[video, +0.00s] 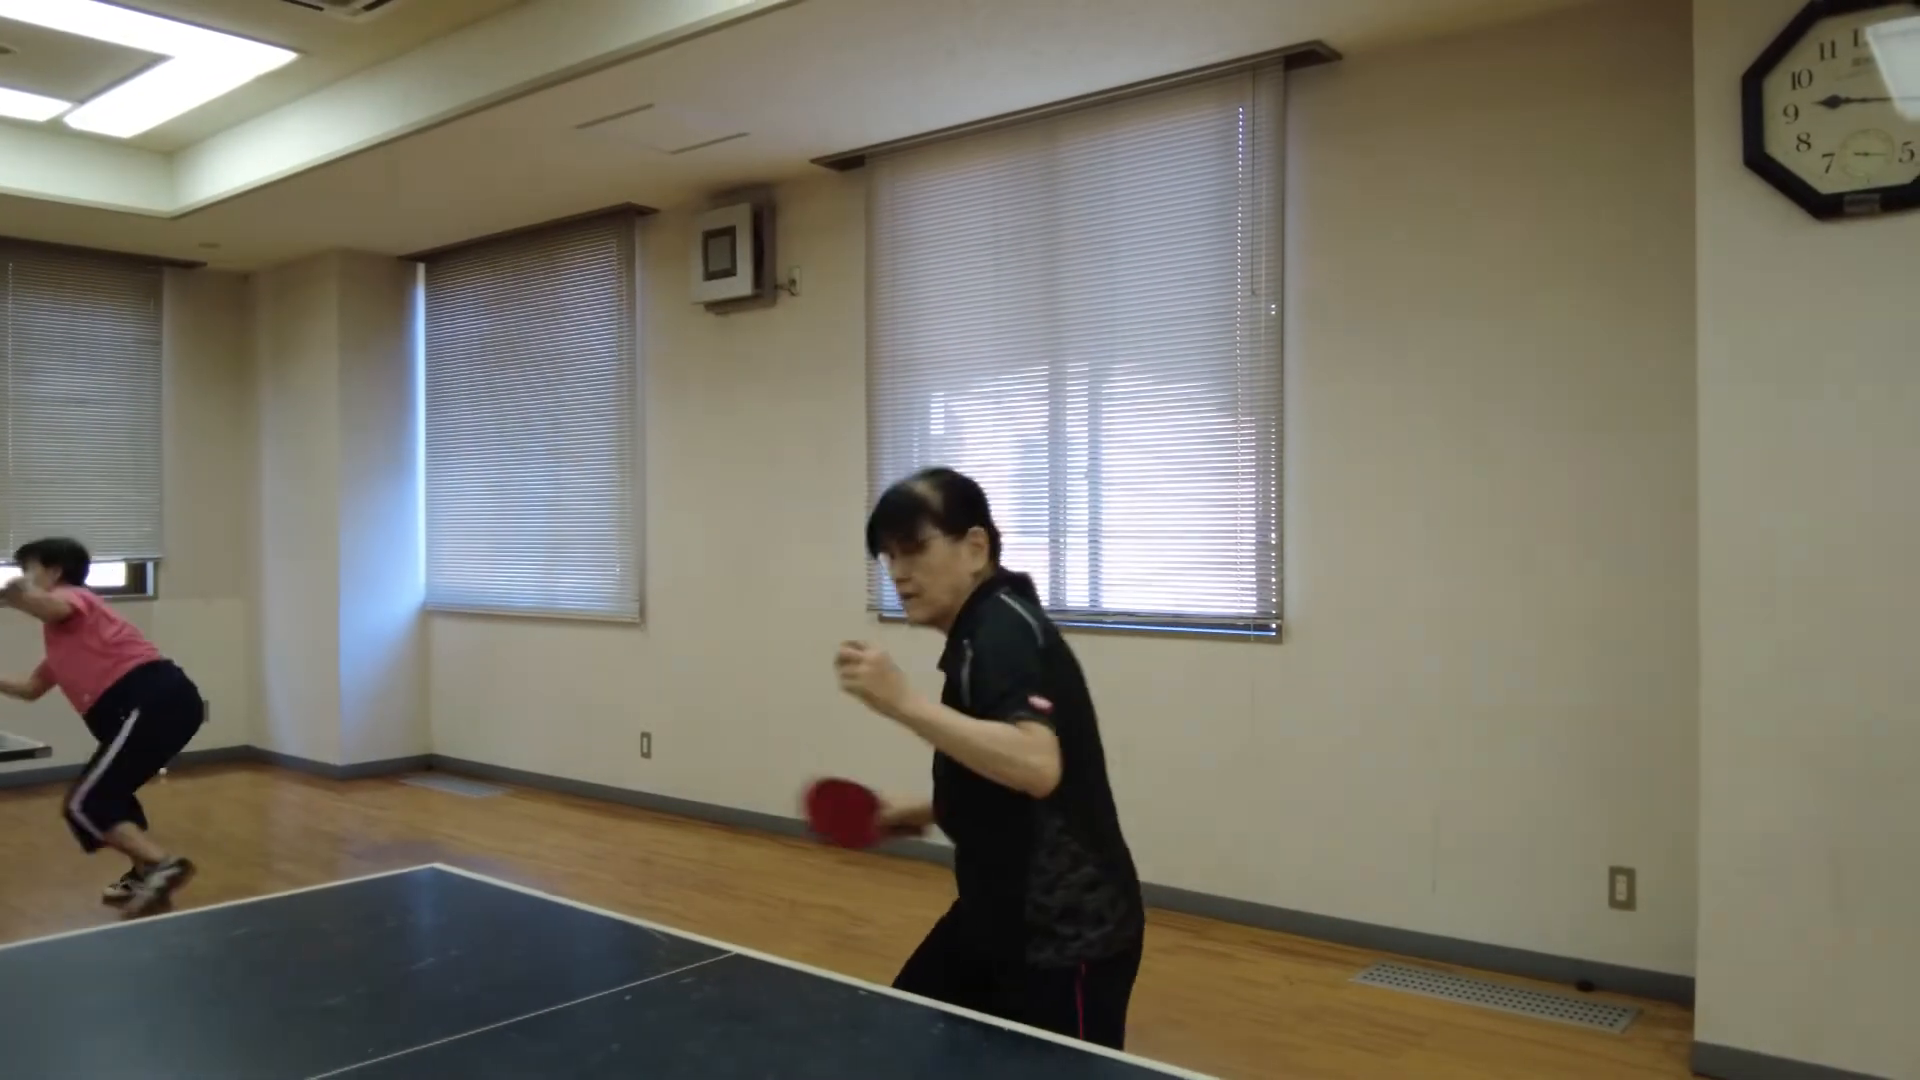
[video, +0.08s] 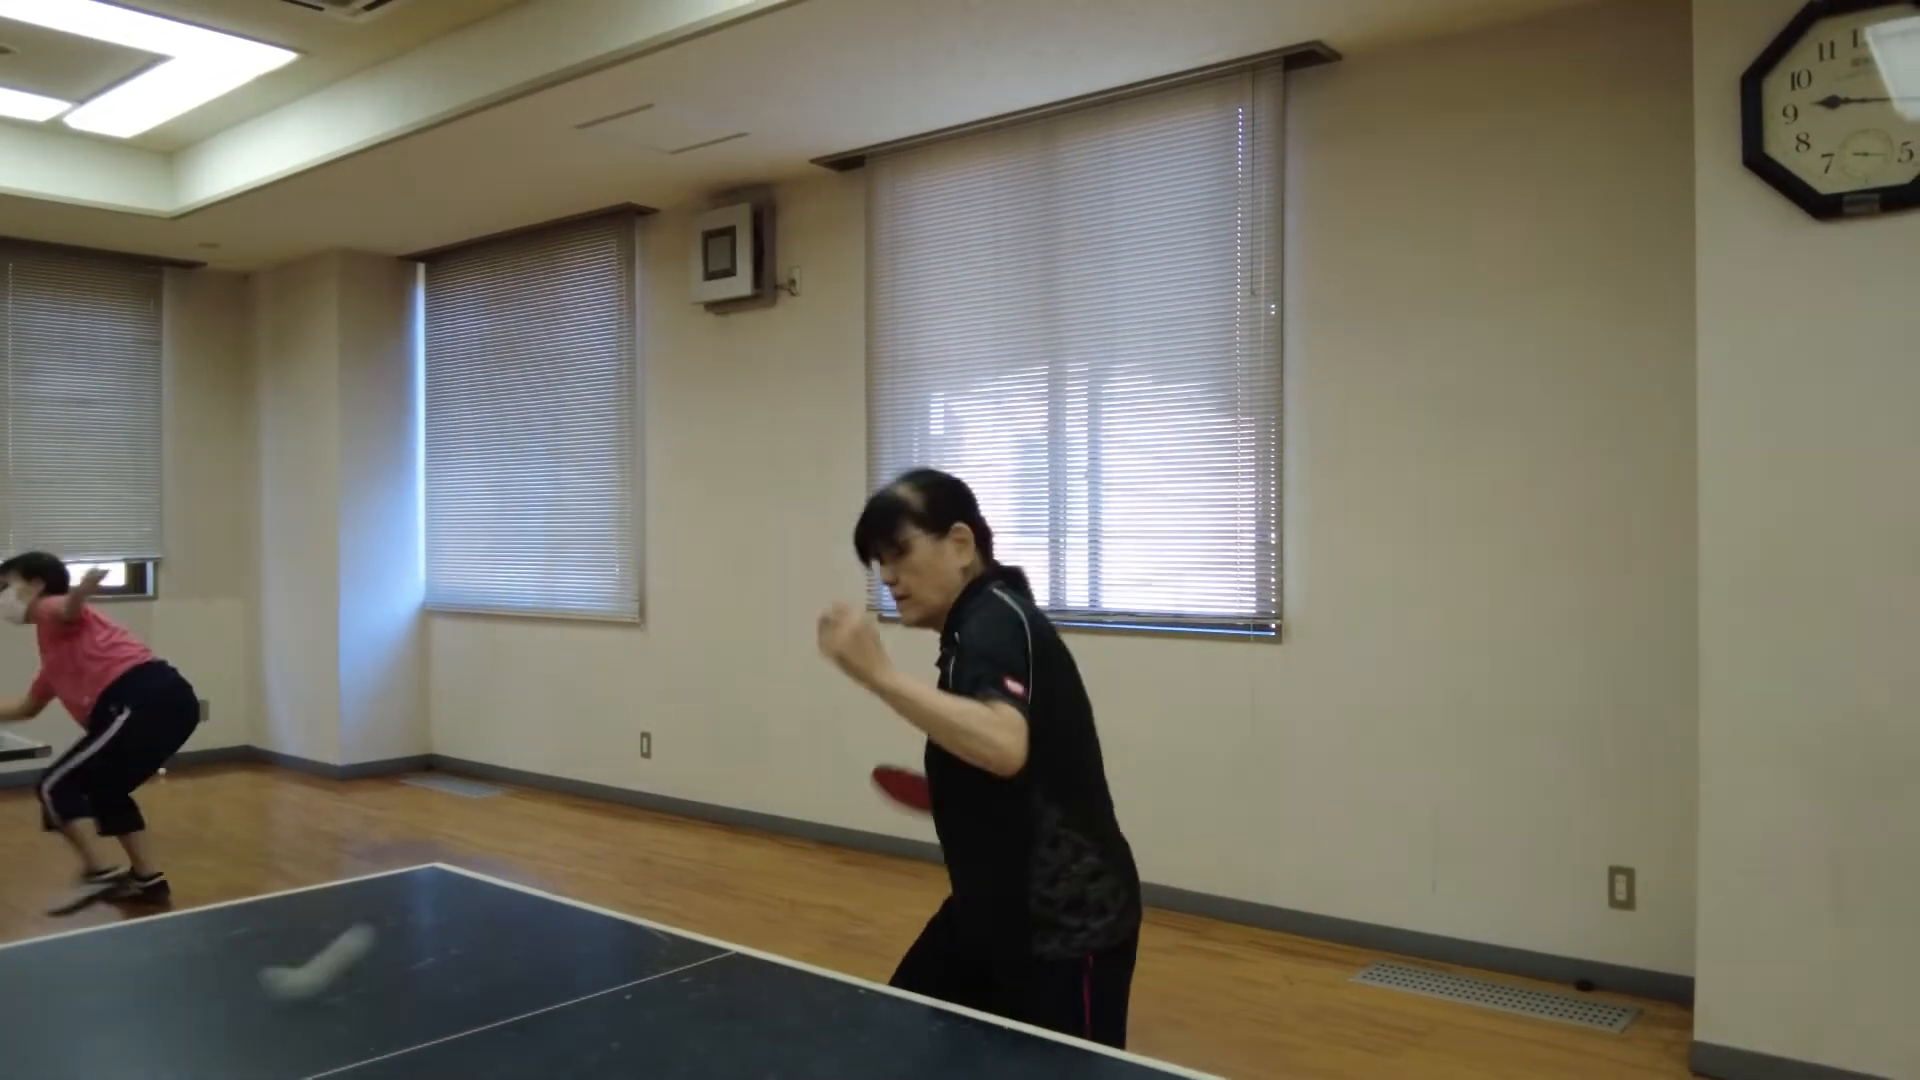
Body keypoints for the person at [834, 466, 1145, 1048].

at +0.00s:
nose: (898, 573)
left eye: (914, 550)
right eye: (890, 558)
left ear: (976, 546)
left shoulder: (1004, 623)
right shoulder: (979, 630)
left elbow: (1037, 766)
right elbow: (1010, 786)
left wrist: (905, 702)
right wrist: (919, 816)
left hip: (1065, 930)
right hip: (998, 912)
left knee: (1060, 1073)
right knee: (897, 1036)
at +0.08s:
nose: (886, 577)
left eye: (899, 553)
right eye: (879, 563)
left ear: (961, 542)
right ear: (961, 548)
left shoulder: (993, 614)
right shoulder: (980, 617)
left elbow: (1006, 744)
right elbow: (1031, 766)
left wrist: (879, 673)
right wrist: (946, 794)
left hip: (1063, 922)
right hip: (1000, 904)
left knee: (1066, 1072)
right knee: (895, 1035)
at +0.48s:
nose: (967, 538)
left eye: (985, 516)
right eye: (958, 523)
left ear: (1045, 511)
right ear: (951, 529)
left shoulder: (1126, 604)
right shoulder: (967, 635)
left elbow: (1122, 694)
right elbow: (859, 720)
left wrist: (1049, 560)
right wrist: (846, 607)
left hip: (1132, 902)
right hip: (1015, 897)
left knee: (1153, 1075)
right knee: (929, 1049)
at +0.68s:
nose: (968, 517)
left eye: (991, 497)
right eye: (957, 500)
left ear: (1050, 498)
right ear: (949, 509)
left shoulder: (1112, 594)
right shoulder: (961, 617)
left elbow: (1126, 695)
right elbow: (884, 724)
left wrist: (1030, 566)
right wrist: (833, 630)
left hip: (1108, 891)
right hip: (998, 883)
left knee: (1130, 1070)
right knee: (922, 1045)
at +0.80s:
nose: (954, 503)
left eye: (974, 481)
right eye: (948, 489)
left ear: (1042, 490)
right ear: (943, 502)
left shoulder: (1096, 586)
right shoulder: (968, 607)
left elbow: (1094, 680)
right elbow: (910, 719)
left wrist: (1008, 557)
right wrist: (826, 643)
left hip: (1095, 890)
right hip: (992, 883)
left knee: (1122, 1068)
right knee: (921, 1046)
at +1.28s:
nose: (937, 489)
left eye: (956, 468)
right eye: (931, 475)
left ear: (1018, 473)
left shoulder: (1064, 565)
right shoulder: (981, 584)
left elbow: (1029, 690)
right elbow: (963, 714)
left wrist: (984, 549)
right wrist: (875, 655)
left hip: (1077, 877)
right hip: (987, 869)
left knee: (1102, 1064)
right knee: (928, 1042)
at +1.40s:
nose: (911, 506)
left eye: (915, 485)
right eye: (910, 488)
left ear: (960, 482)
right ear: (962, 485)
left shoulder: (1031, 580)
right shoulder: (990, 585)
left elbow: (1028, 732)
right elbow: (994, 715)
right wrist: (887, 669)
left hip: (1068, 889)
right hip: (993, 876)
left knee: (1086, 1062)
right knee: (919, 1033)